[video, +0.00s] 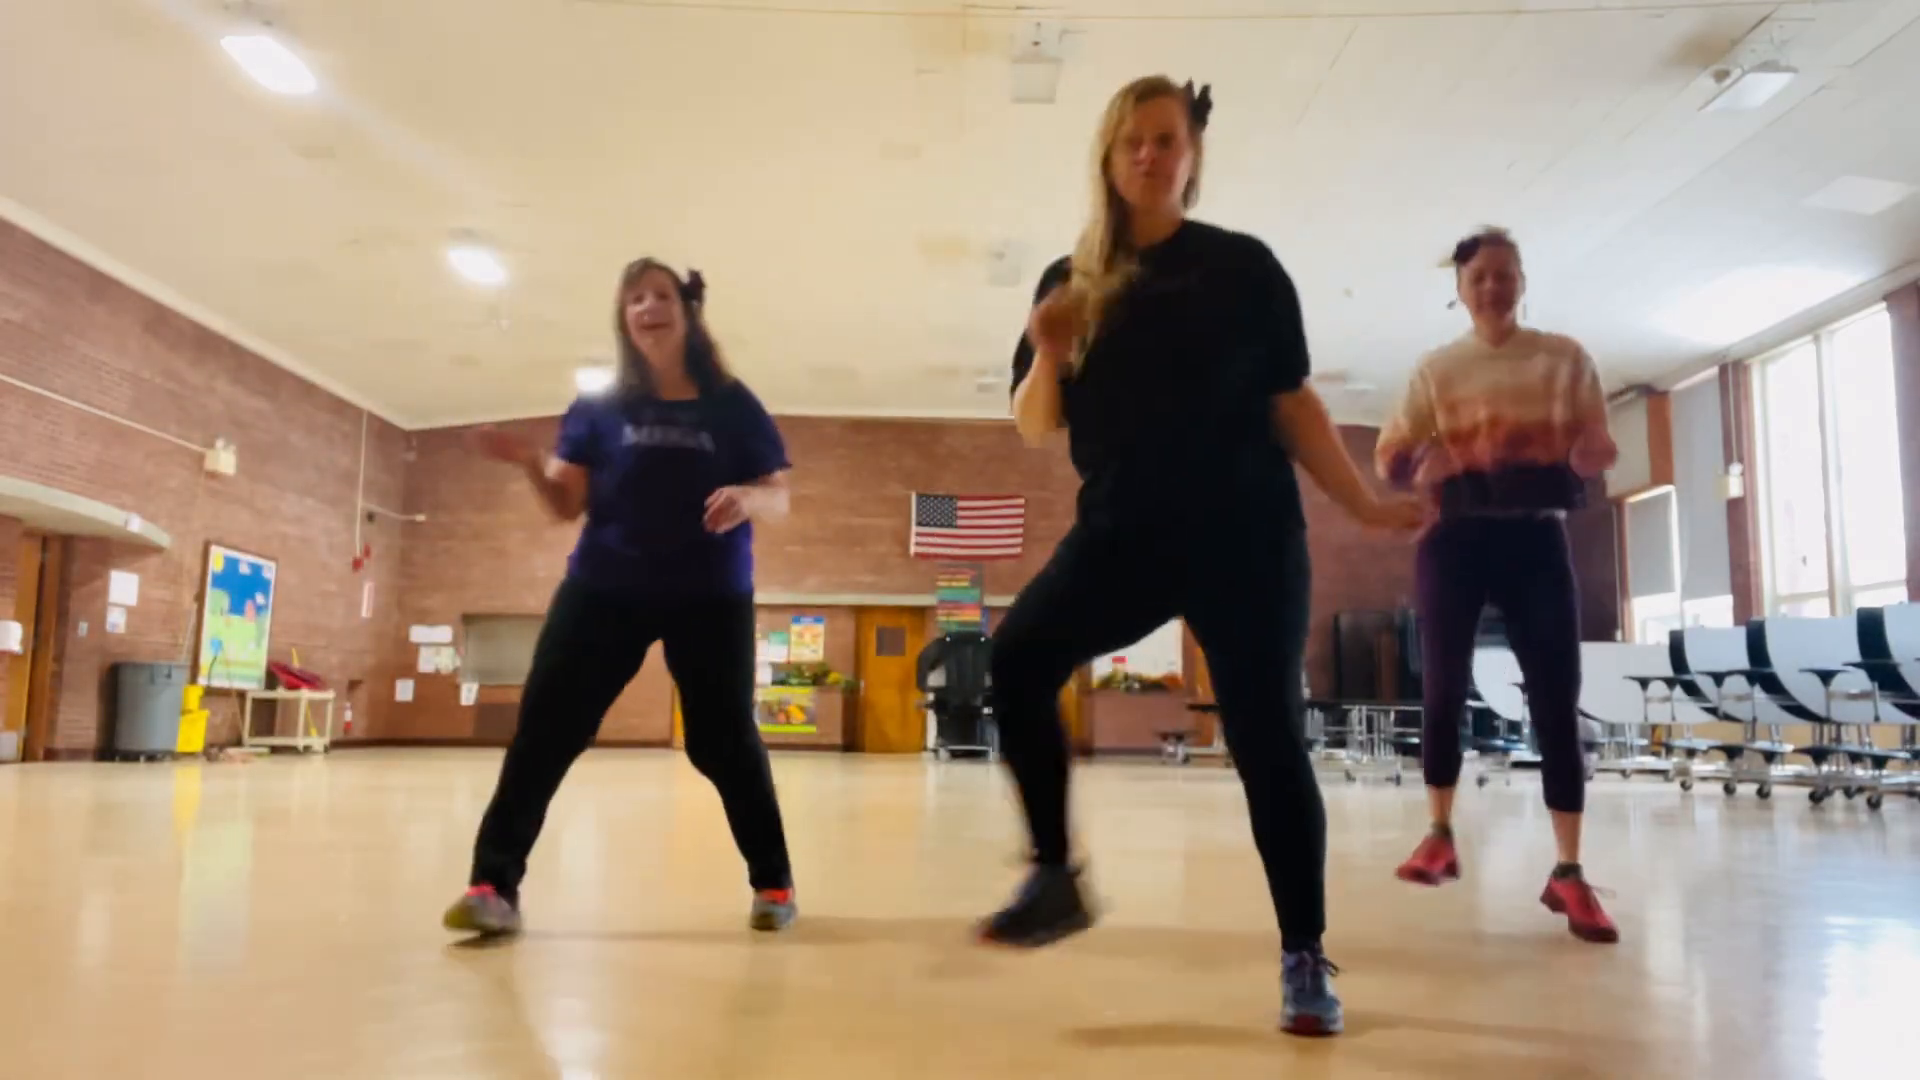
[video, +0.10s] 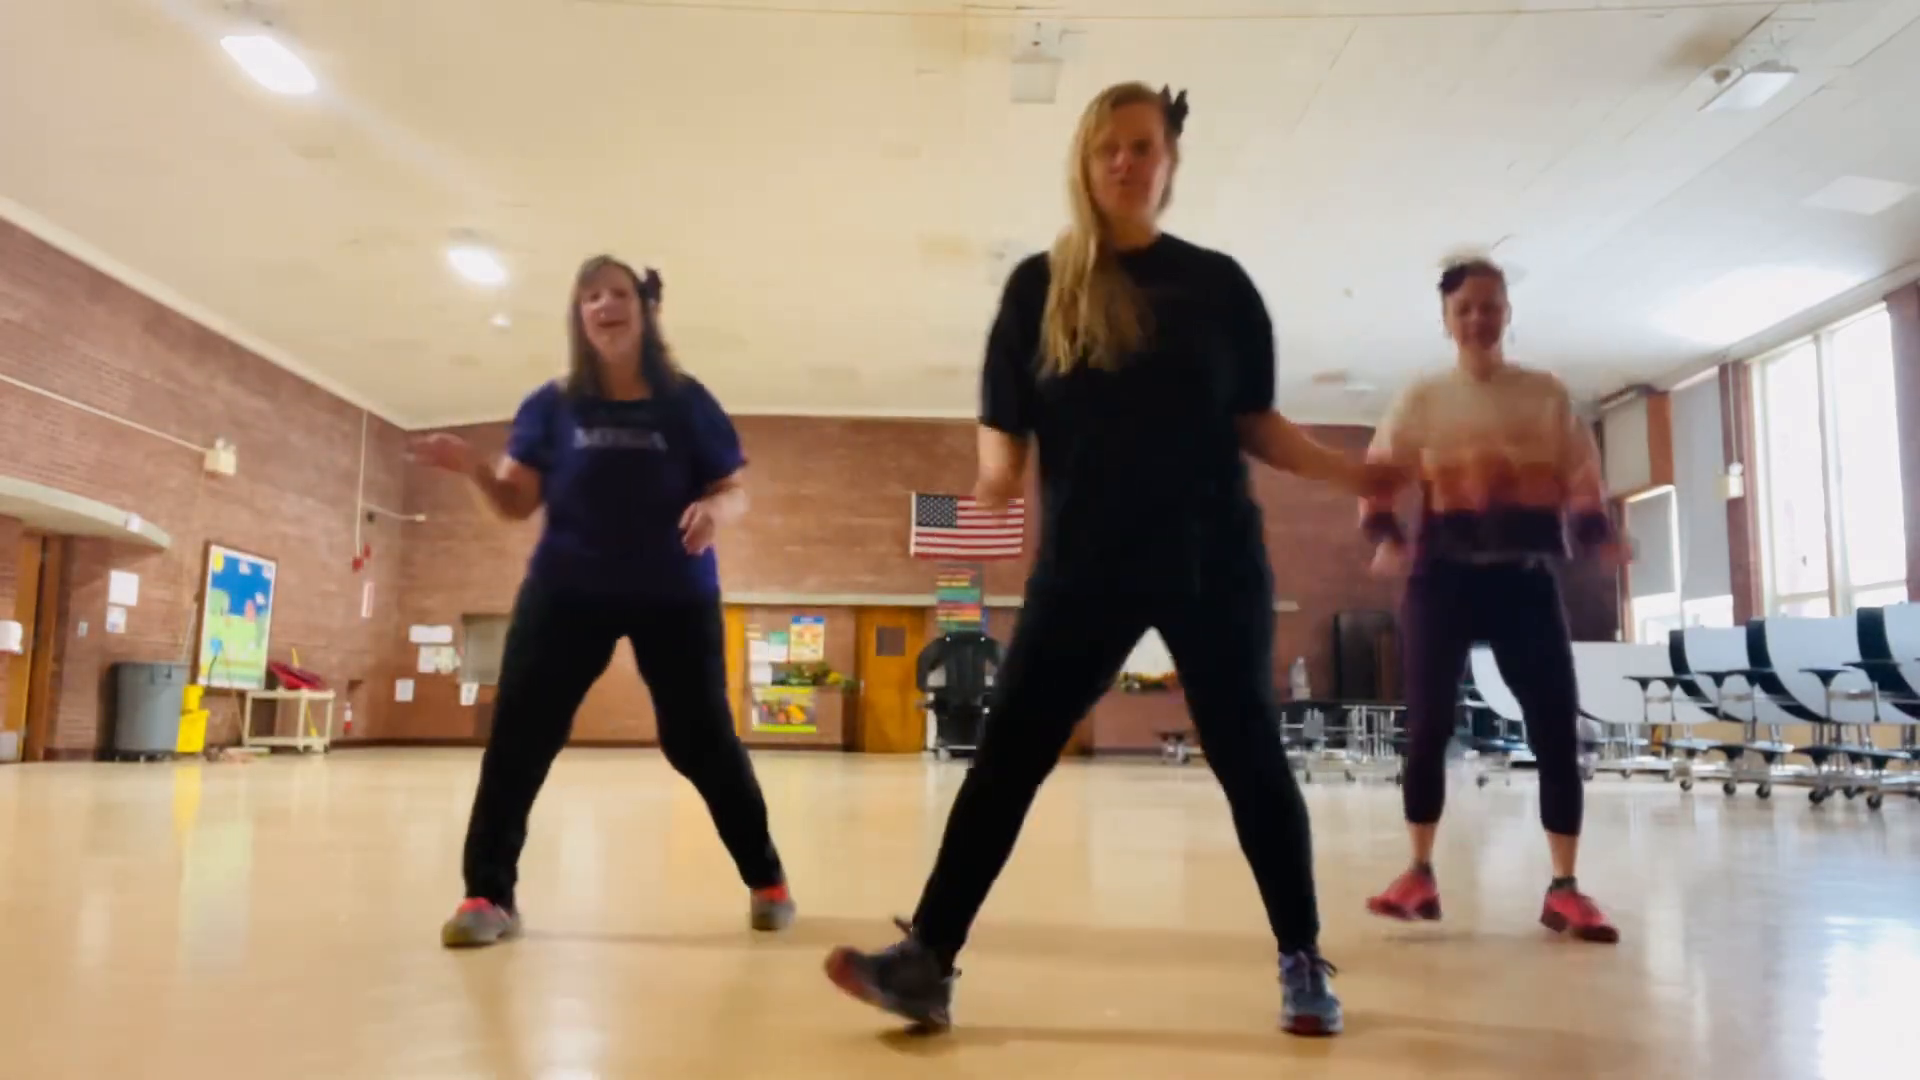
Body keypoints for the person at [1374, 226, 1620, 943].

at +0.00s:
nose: (1494, 288)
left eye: (1505, 277)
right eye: (1480, 279)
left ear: (1523, 283)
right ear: (1460, 288)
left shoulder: (1563, 358)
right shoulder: (1435, 371)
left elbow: (1598, 452)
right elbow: (1390, 460)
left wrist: (1582, 452)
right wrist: (1415, 460)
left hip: (1536, 543)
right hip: (1454, 545)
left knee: (1556, 704)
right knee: (1443, 692)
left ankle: (1568, 872)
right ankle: (1439, 837)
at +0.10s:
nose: (1479, 319)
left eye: (1490, 306)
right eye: (1466, 308)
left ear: (1508, 312)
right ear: (1445, 317)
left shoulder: (1546, 395)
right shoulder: (1421, 399)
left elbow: (1583, 483)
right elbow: (1378, 484)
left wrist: (1589, 528)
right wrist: (1382, 535)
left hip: (1524, 582)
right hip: (1440, 584)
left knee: (1556, 728)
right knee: (1427, 723)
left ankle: (1563, 886)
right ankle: (1420, 875)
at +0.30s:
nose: (1427, 314)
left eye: (1438, 303)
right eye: (1415, 302)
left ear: (1450, 311)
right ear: (1390, 307)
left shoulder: (1474, 391)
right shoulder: (1355, 391)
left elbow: (1518, 483)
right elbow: (1331, 488)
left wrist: (1539, 563)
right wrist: (1343, 565)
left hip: (1449, 572)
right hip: (1374, 576)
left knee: (1515, 715)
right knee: (1388, 732)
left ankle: (1513, 859)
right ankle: (1414, 889)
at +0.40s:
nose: (1389, 313)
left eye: (1401, 302)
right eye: (1376, 301)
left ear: (1414, 308)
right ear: (1354, 306)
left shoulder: (1439, 385)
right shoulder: (1325, 385)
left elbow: (1475, 471)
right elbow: (1290, 474)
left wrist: (1481, 543)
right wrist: (1316, 546)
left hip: (1415, 569)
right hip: (1346, 572)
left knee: (1480, 714)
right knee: (1374, 724)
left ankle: (1419, 811)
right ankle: (1412, 888)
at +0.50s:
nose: (1355, 318)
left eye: (1366, 307)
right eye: (1342, 307)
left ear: (1381, 312)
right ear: (1321, 311)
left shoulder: (1406, 387)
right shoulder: (1290, 392)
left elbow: (1431, 467)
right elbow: (1253, 477)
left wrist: (1431, 532)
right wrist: (1282, 541)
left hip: (1385, 570)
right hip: (1315, 575)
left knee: (1420, 728)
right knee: (1360, 728)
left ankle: (1318, 815)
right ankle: (1408, 885)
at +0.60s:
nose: (1329, 333)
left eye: (1339, 322)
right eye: (1316, 322)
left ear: (1353, 327)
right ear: (1294, 325)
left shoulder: (1380, 402)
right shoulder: (1264, 406)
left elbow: (1404, 487)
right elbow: (1231, 495)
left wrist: (1394, 538)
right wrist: (1248, 562)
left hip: (1352, 579)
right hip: (1282, 581)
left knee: (1348, 733)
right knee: (1327, 730)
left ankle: (1265, 862)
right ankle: (1391, 874)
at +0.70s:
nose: (1306, 339)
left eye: (1316, 328)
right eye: (1294, 328)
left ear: (1330, 334)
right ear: (1271, 331)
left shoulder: (1354, 415)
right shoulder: (1242, 413)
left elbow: (1379, 501)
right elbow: (1210, 510)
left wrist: (1371, 555)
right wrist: (1210, 592)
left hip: (1323, 587)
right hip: (1250, 585)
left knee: (1316, 730)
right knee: (1266, 714)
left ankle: (1251, 873)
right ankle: (1324, 843)